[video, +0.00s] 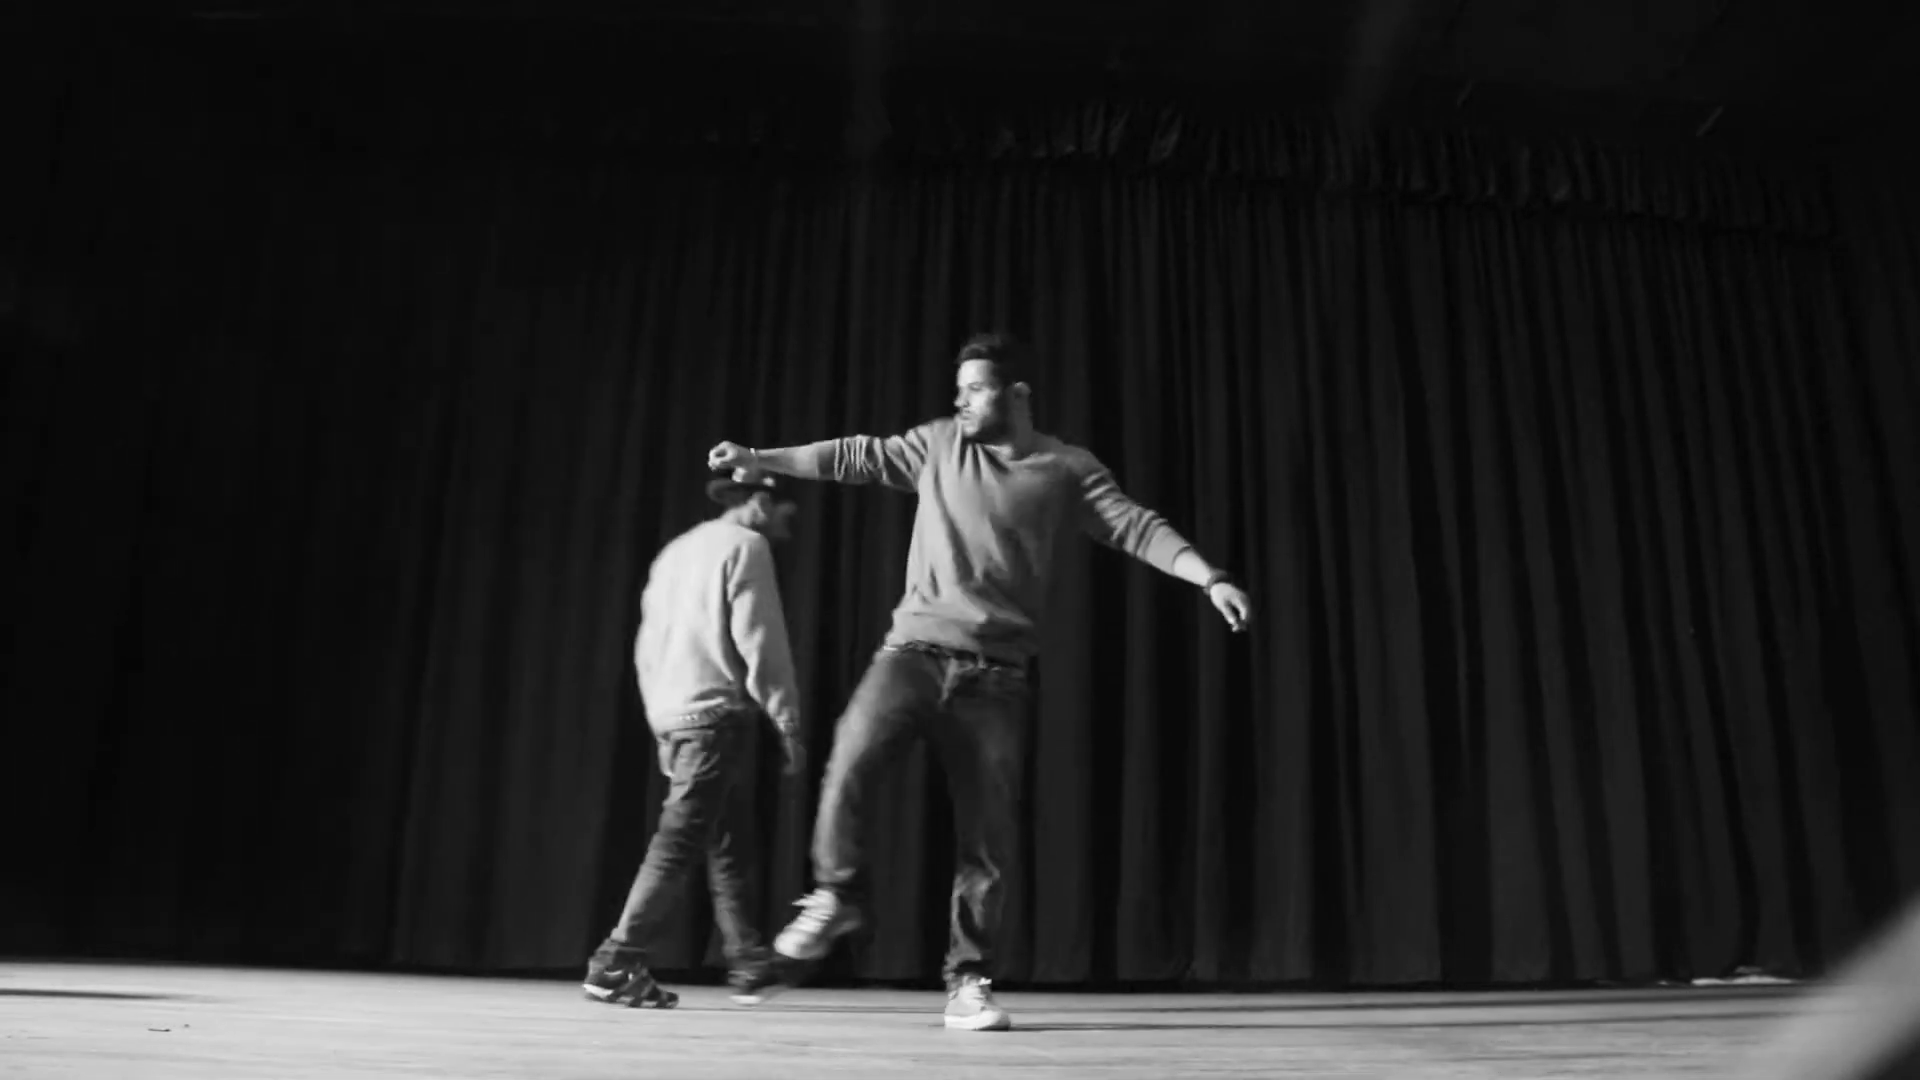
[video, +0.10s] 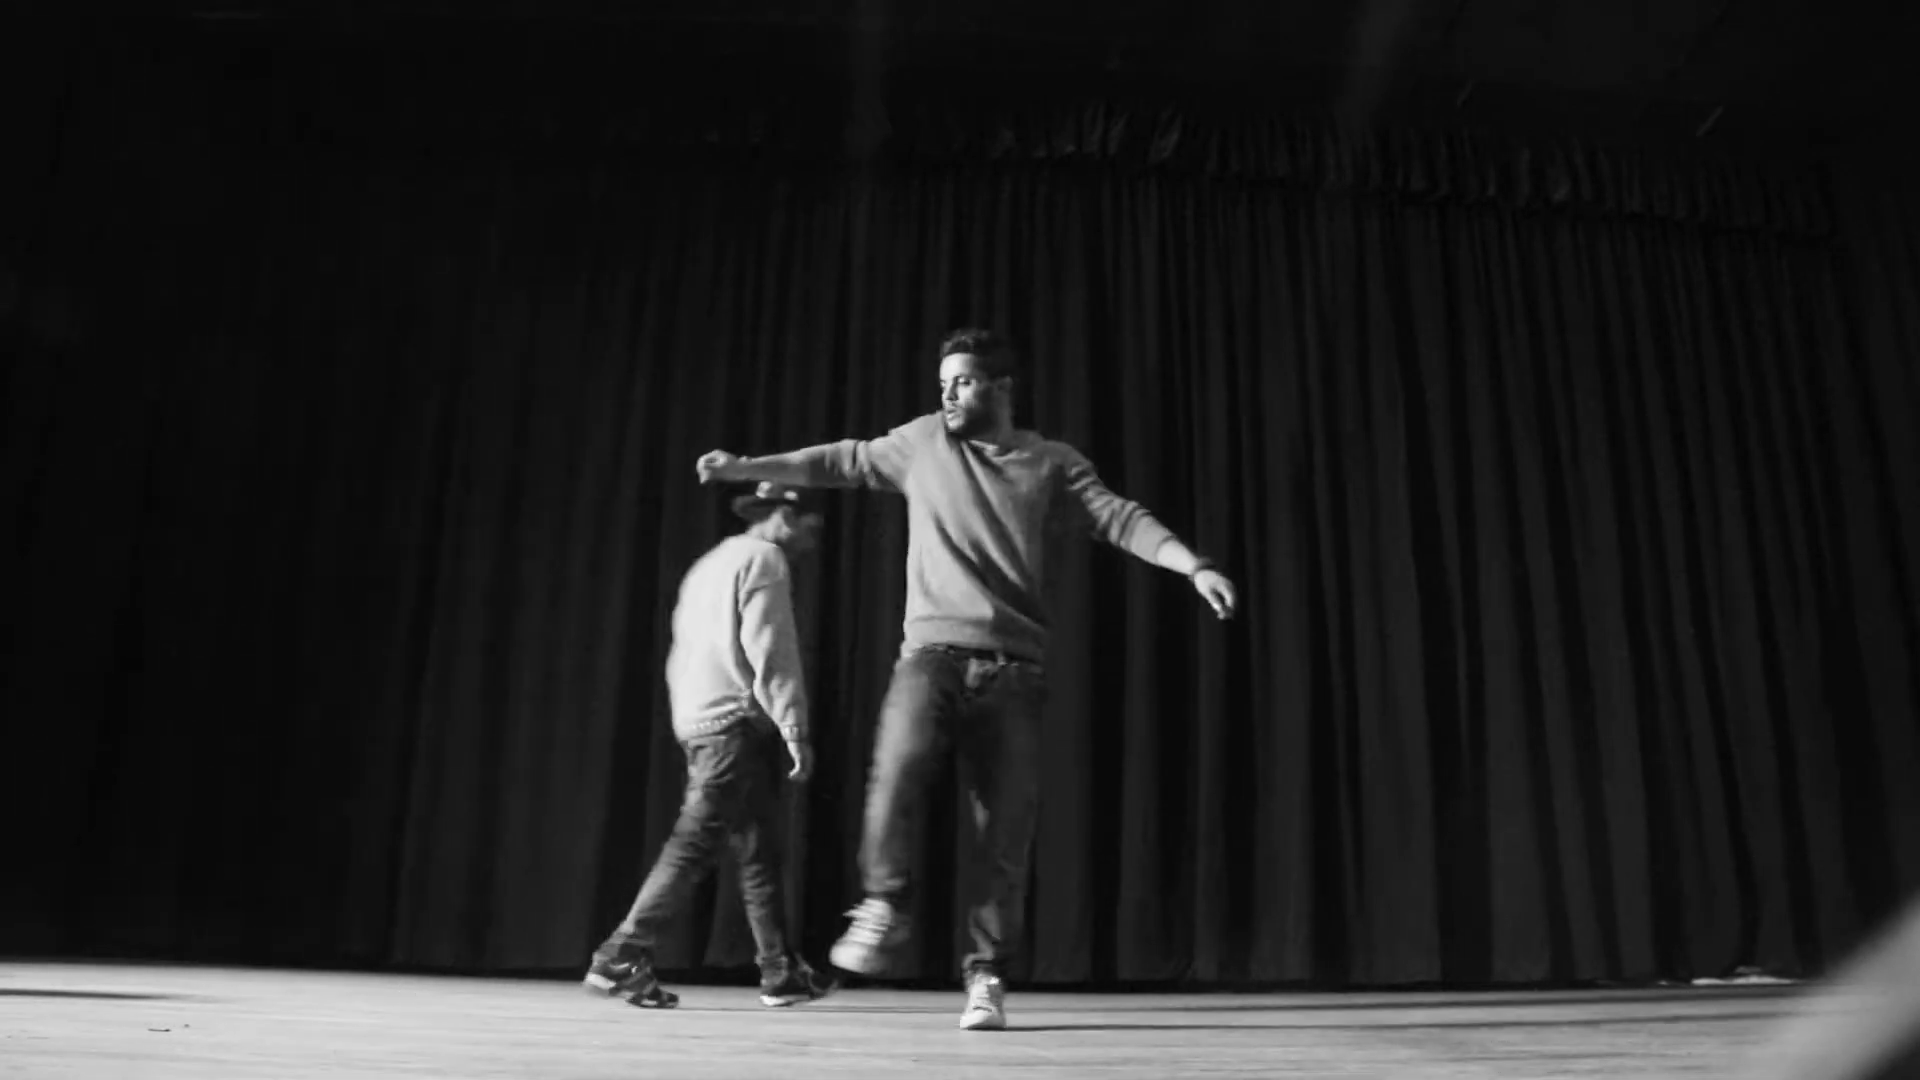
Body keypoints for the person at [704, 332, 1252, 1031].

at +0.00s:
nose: (964, 401)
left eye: (977, 389)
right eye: (960, 390)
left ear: (1015, 391)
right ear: (958, 394)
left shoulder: (1066, 468)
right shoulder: (935, 446)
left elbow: (1136, 527)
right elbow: (850, 457)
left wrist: (1209, 579)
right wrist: (758, 459)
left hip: (996, 670)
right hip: (914, 651)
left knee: (989, 832)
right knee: (854, 750)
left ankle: (969, 985)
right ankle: (833, 898)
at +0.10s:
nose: (948, 396)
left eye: (963, 383)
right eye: (944, 384)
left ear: (1002, 386)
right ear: (941, 388)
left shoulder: (1051, 463)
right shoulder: (918, 445)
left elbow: (1118, 518)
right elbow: (836, 462)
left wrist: (1192, 566)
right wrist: (743, 468)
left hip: (1011, 662)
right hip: (930, 653)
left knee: (1002, 826)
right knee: (897, 764)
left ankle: (986, 975)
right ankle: (881, 911)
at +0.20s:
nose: (951, 398)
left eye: (965, 386)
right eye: (941, 386)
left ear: (994, 390)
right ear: (928, 389)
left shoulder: (1035, 459)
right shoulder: (895, 452)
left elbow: (1103, 513)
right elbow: (811, 466)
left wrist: (1173, 554)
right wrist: (727, 483)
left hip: (1020, 659)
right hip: (940, 652)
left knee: (1013, 827)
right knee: (954, 766)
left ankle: (986, 975)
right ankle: (933, 918)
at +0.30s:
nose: (942, 404)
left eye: (955, 392)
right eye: (930, 392)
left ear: (977, 397)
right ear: (914, 398)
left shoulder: (1021, 460)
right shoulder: (882, 468)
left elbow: (1090, 510)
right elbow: (793, 475)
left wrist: (1159, 550)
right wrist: (697, 487)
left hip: (1019, 660)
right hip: (943, 656)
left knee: (1020, 826)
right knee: (991, 769)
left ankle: (985, 980)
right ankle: (961, 929)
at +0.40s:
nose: (931, 408)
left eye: (943, 395)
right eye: (918, 396)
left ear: (964, 399)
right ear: (899, 403)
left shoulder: (1005, 459)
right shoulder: (868, 479)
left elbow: (1075, 508)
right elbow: (786, 488)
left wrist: (1143, 549)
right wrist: (699, 484)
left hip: (1016, 663)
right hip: (939, 662)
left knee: (1013, 823)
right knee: (980, 777)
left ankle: (981, 973)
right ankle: (959, 957)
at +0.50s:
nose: (918, 408)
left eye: (929, 394)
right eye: (904, 396)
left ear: (949, 398)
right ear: (884, 403)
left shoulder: (987, 461)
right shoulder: (861, 482)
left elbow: (1056, 509)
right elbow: (771, 499)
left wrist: (1122, 549)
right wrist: (674, 489)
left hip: (1005, 666)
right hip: (923, 668)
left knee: (1001, 829)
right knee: (913, 818)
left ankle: (981, 980)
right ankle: (893, 970)